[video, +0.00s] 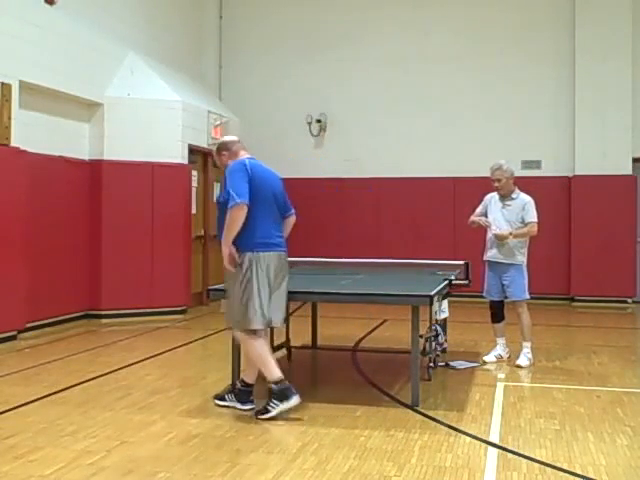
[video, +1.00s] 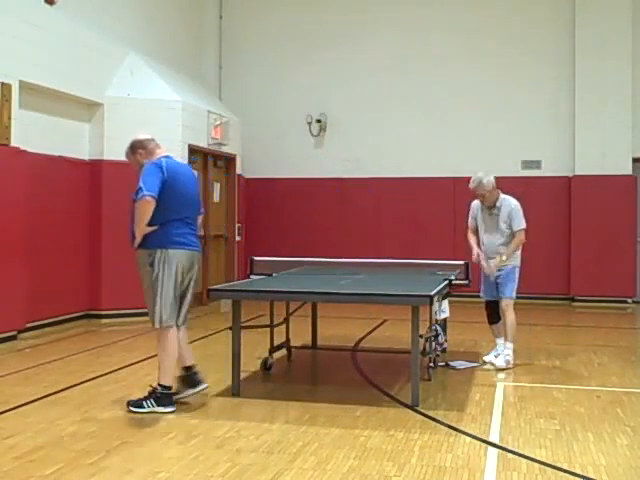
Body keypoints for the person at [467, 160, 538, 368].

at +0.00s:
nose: (496, 185)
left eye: (499, 181)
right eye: (494, 181)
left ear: (511, 180)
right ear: (493, 181)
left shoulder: (525, 201)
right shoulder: (490, 199)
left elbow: (532, 229)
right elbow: (473, 218)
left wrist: (510, 234)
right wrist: (478, 220)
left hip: (515, 261)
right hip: (493, 260)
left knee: (520, 304)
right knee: (495, 304)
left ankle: (526, 349)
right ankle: (500, 347)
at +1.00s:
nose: (480, 200)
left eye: (483, 195)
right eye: (478, 196)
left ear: (494, 190)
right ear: (477, 193)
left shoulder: (511, 205)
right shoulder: (476, 206)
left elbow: (520, 236)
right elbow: (471, 231)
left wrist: (504, 257)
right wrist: (475, 249)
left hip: (508, 263)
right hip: (487, 263)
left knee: (506, 305)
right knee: (490, 306)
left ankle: (508, 350)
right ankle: (499, 346)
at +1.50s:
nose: (472, 267)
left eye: (473, 263)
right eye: (469, 264)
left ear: (482, 256)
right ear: (466, 261)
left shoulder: (502, 248)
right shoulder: (471, 264)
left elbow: (528, 268)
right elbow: (465, 295)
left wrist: (512, 290)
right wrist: (455, 327)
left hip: (519, 277)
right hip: (496, 281)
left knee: (506, 307)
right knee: (488, 314)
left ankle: (506, 354)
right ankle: (500, 349)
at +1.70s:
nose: (471, 273)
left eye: (472, 269)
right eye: (468, 271)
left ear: (479, 261)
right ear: (465, 268)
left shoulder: (500, 252)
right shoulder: (470, 272)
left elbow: (528, 269)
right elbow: (464, 303)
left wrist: (513, 291)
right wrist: (453, 333)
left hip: (520, 278)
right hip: (497, 284)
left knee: (506, 308)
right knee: (487, 315)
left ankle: (506, 354)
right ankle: (499, 349)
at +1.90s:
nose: (469, 256)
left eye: (471, 251)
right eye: (467, 252)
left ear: (479, 242)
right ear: (463, 250)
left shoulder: (499, 240)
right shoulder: (466, 254)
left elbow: (523, 263)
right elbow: (466, 286)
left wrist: (510, 289)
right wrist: (460, 316)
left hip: (519, 272)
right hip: (496, 277)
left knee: (505, 306)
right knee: (488, 311)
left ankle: (506, 353)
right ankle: (499, 349)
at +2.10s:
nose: (465, 230)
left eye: (466, 226)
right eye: (462, 227)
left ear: (476, 218)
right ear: (461, 225)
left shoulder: (498, 226)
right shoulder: (465, 234)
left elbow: (513, 256)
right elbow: (471, 260)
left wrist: (499, 280)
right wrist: (472, 286)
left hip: (516, 266)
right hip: (494, 269)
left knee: (504, 306)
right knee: (489, 306)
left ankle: (505, 353)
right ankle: (499, 348)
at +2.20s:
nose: (463, 221)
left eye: (465, 216)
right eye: (461, 217)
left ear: (476, 210)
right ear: (461, 215)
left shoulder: (497, 220)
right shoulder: (466, 227)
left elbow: (509, 252)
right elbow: (473, 251)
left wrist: (486, 272)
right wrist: (472, 273)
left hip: (514, 264)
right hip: (494, 267)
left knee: (503, 306)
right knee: (491, 307)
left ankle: (505, 351)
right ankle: (499, 347)